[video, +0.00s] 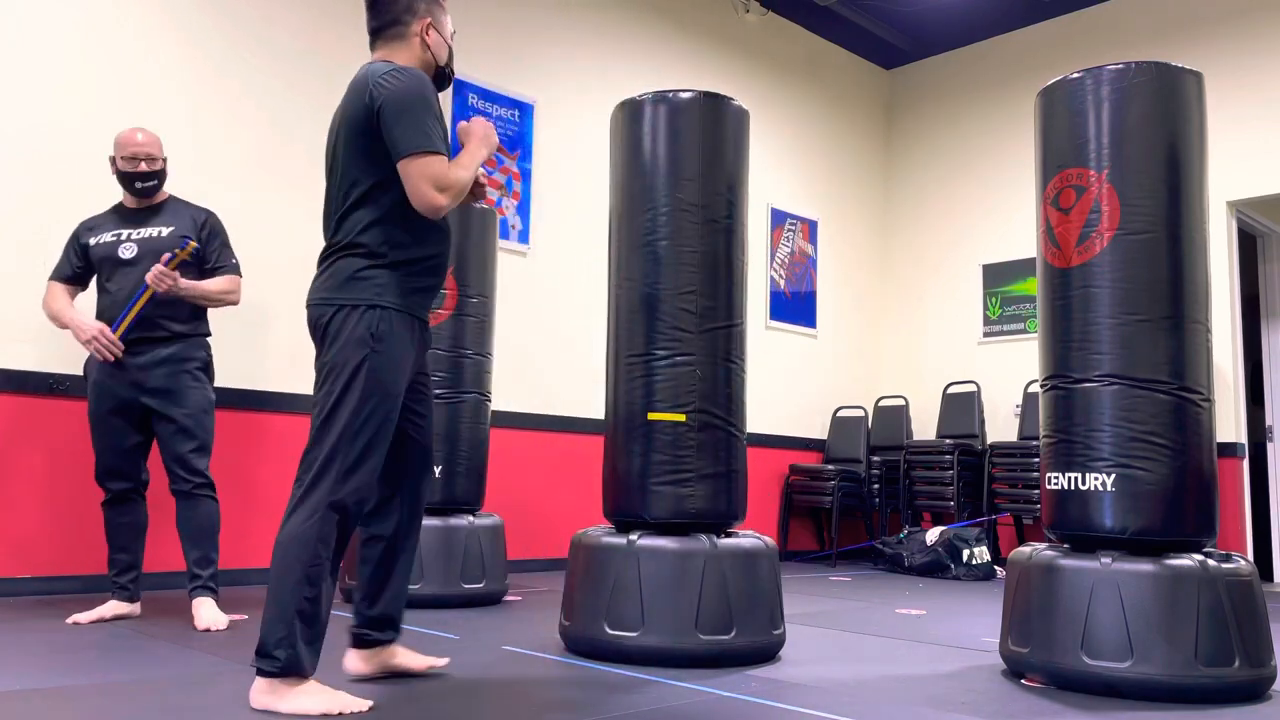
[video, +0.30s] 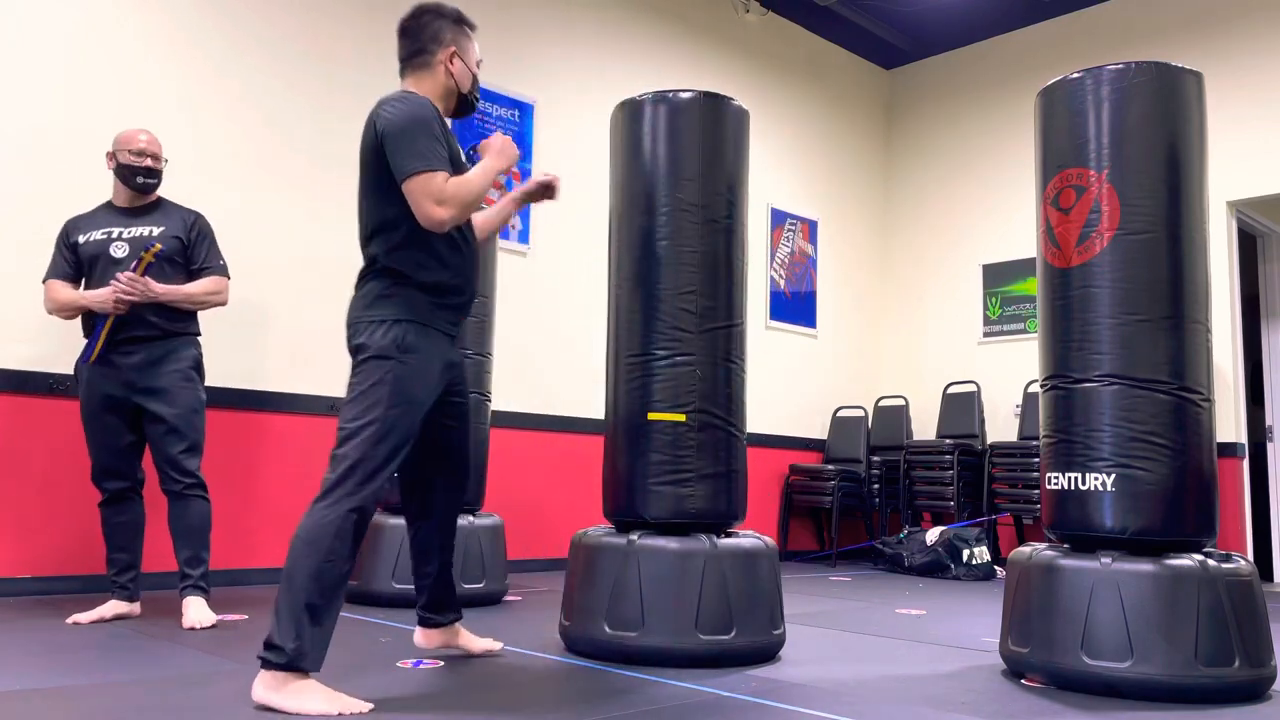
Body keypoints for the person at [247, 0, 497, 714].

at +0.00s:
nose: (453, 36)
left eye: (450, 25)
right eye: (448, 24)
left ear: (396, 29)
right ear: (426, 26)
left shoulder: (377, 88)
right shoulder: (398, 84)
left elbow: (402, 198)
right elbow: (433, 196)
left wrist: (462, 183)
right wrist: (471, 154)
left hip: (391, 308)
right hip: (371, 304)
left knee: (400, 473)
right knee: (335, 482)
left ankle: (374, 642)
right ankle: (280, 674)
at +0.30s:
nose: (480, 72)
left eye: (478, 60)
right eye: (475, 58)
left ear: (434, 61)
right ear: (450, 57)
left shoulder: (438, 133)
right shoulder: (406, 112)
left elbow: (464, 230)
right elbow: (435, 209)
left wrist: (517, 194)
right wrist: (491, 164)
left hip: (436, 334)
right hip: (400, 330)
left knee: (438, 483)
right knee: (351, 492)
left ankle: (437, 624)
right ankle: (283, 671)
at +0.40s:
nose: (493, 93)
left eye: (492, 82)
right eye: (490, 81)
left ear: (450, 80)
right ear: (466, 77)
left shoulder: (459, 152)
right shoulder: (412, 130)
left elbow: (524, 217)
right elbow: (436, 213)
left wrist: (609, 225)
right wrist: (499, 174)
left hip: (458, 336)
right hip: (415, 331)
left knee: (459, 484)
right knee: (407, 482)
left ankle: (431, 625)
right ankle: (301, 648)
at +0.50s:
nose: (508, 108)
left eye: (507, 100)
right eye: (505, 98)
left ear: (450, 95)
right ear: (487, 95)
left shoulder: (445, 151)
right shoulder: (455, 130)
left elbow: (493, 251)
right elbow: (490, 185)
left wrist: (567, 230)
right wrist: (535, 152)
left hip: (414, 321)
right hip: (443, 319)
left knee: (441, 474)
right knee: (467, 470)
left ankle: (429, 629)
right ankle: (347, 620)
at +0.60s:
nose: (512, 117)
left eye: (509, 109)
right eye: (511, 108)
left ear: (448, 108)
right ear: (499, 106)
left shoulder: (403, 161)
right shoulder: (512, 142)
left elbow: (426, 232)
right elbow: (625, 179)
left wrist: (497, 225)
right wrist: (662, 195)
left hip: (391, 319)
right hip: (450, 315)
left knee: (420, 477)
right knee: (419, 479)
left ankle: (429, 629)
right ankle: (319, 627)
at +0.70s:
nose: (512, 119)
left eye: (511, 111)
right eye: (512, 110)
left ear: (447, 108)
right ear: (500, 107)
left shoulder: (399, 163)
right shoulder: (506, 139)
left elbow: (400, 249)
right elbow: (615, 180)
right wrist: (644, 195)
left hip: (389, 319)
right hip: (446, 315)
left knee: (418, 476)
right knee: (410, 475)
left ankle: (428, 630)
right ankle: (310, 637)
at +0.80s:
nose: (505, 113)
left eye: (502, 104)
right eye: (502, 103)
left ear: (440, 105)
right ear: (487, 101)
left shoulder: (394, 162)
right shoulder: (493, 142)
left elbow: (399, 251)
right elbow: (574, 219)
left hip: (392, 316)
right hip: (443, 315)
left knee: (423, 484)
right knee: (410, 486)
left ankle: (429, 629)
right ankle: (323, 654)